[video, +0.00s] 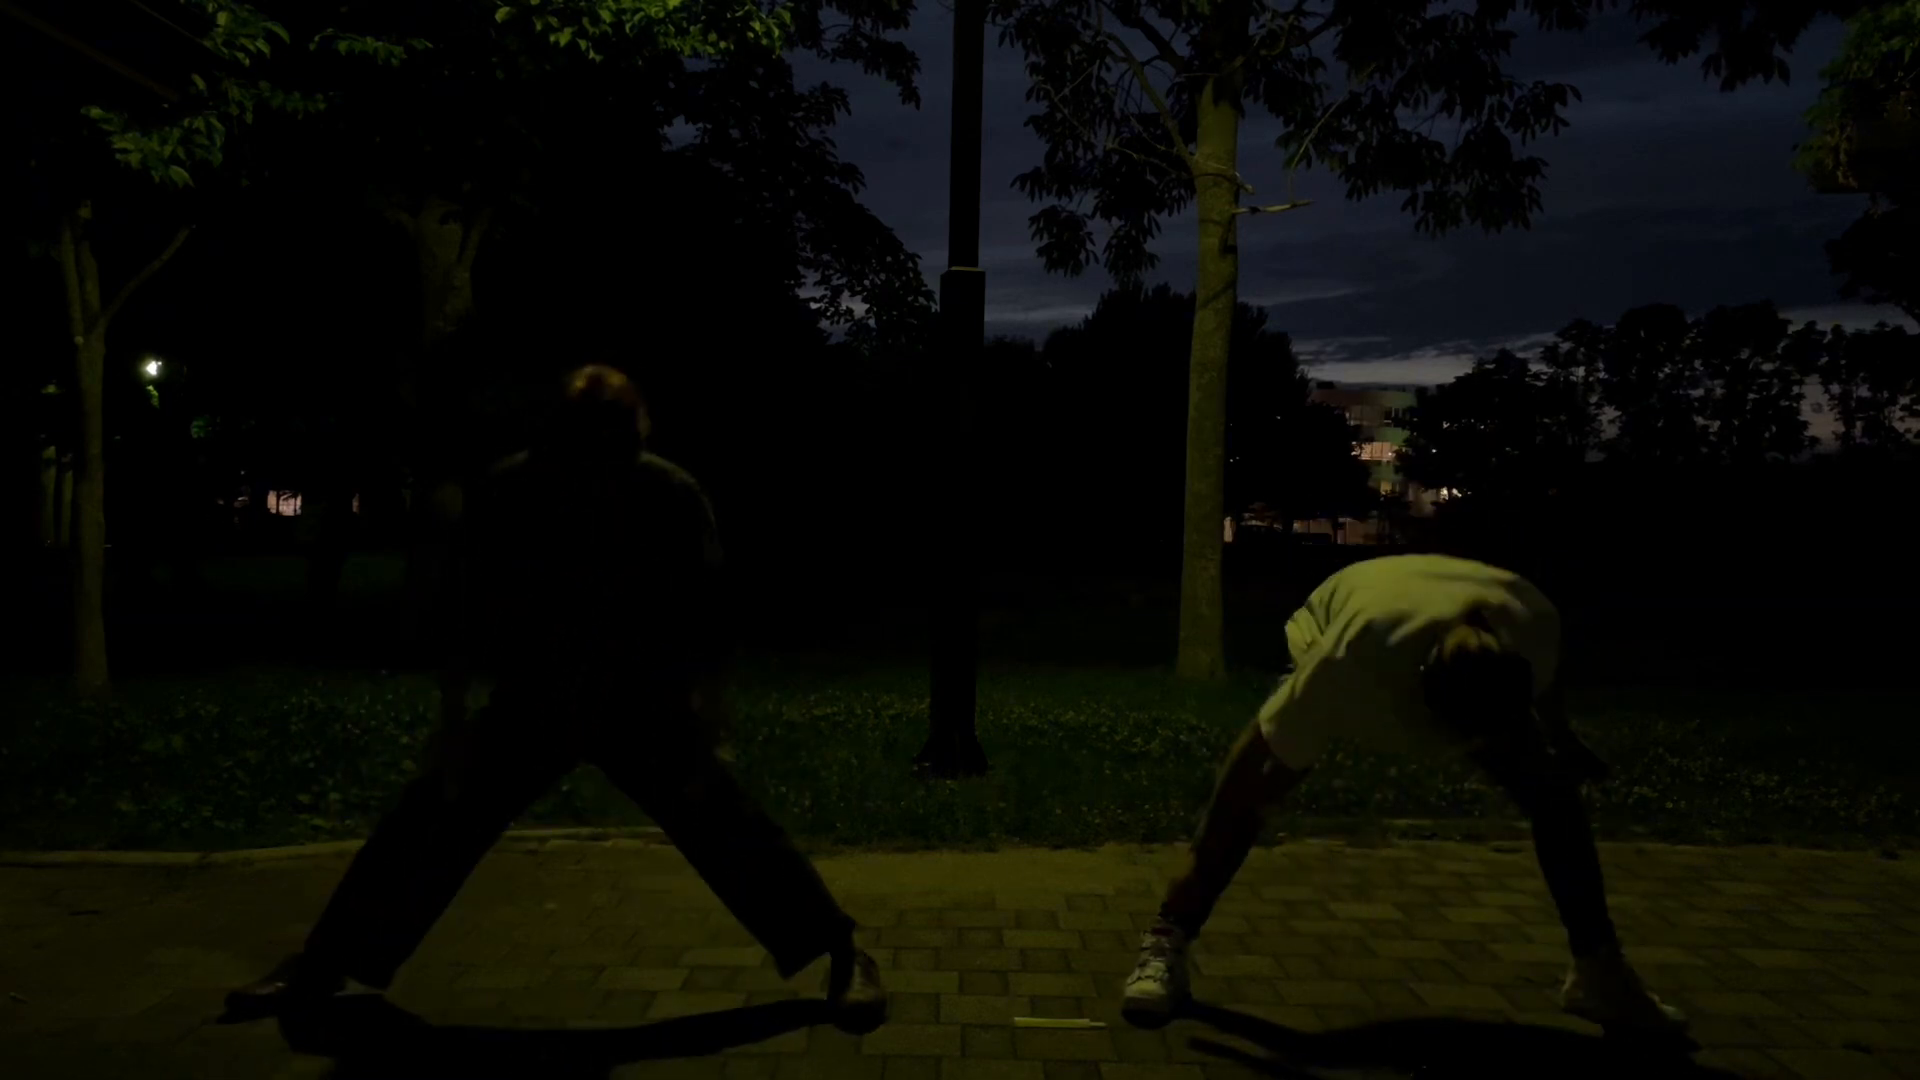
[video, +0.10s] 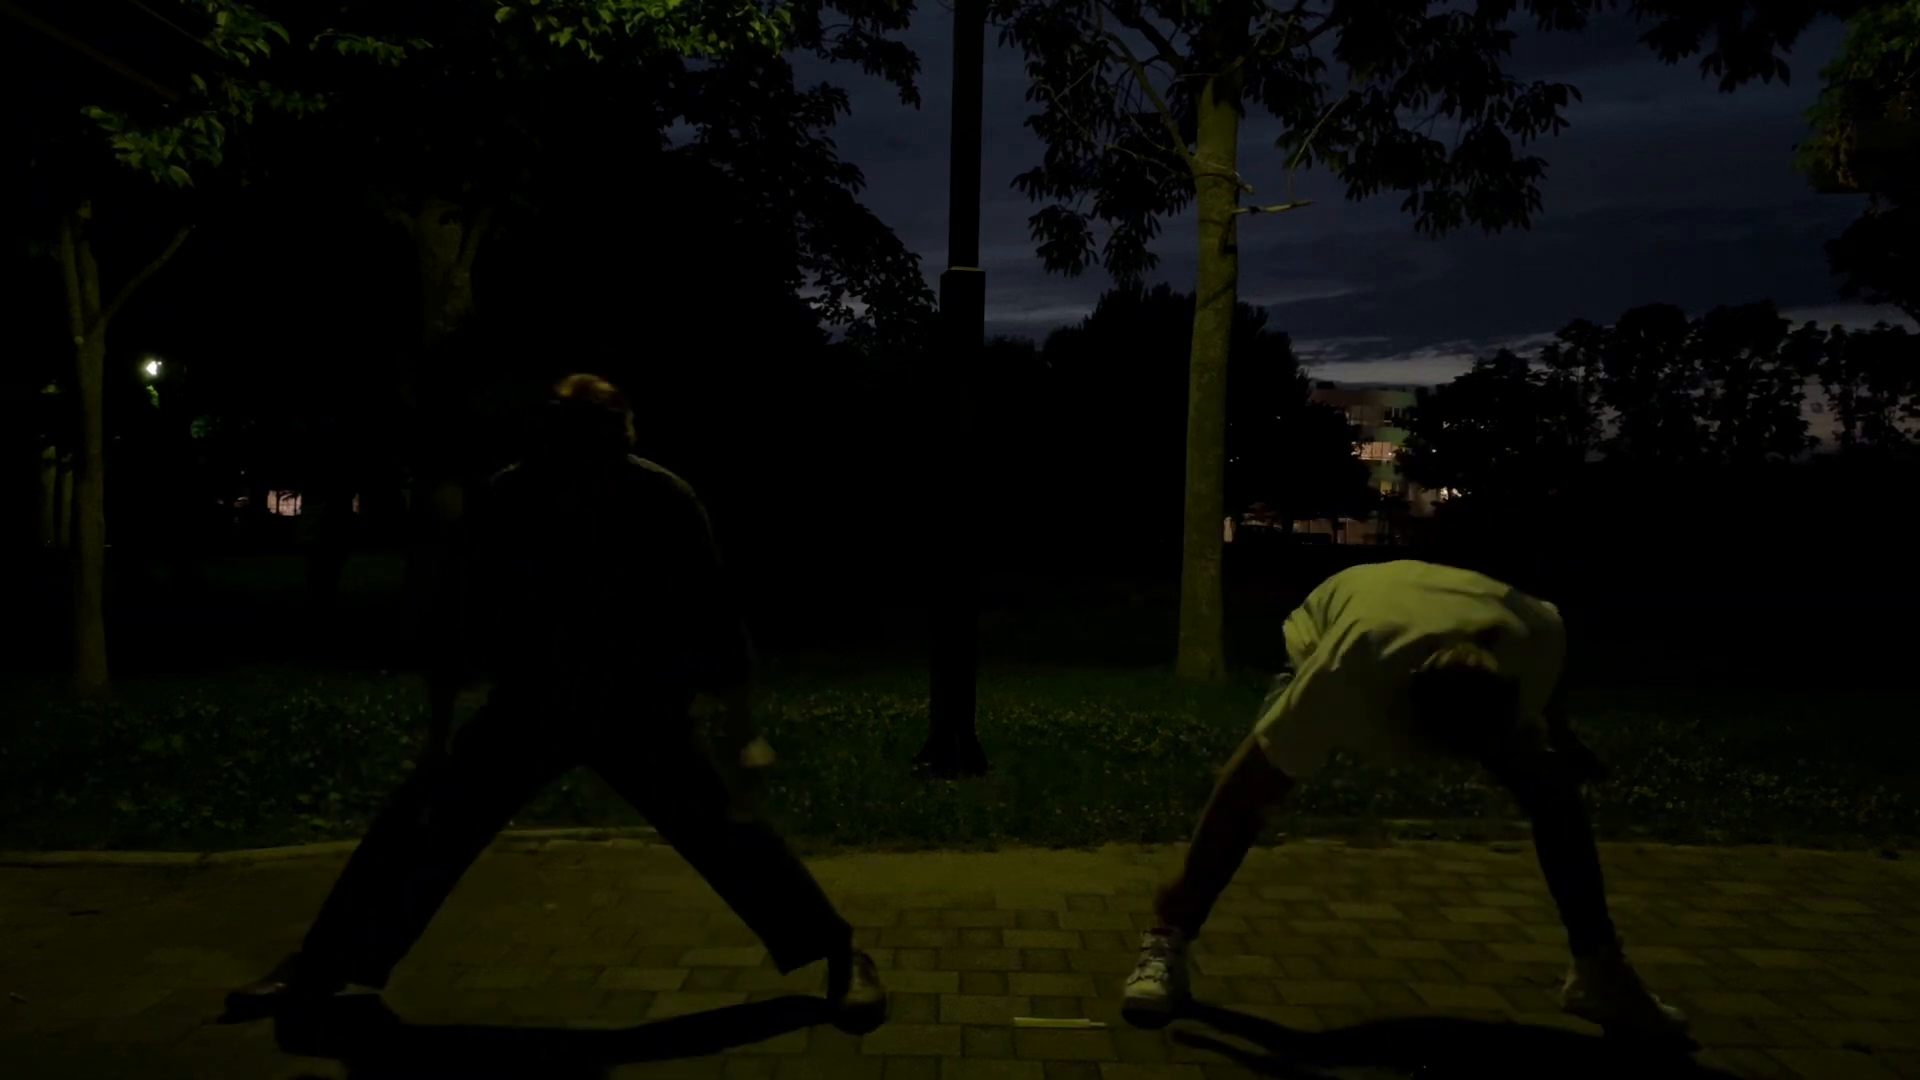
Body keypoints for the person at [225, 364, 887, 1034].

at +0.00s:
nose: (594, 444)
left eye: (606, 428)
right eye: (584, 427)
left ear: (625, 431)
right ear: (564, 429)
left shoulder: (669, 498)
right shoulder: (518, 492)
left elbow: (702, 606)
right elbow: (480, 598)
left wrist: (707, 702)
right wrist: (461, 694)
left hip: (641, 702)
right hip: (530, 700)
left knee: (725, 826)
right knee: (426, 830)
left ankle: (839, 955)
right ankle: (323, 972)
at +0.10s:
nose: (582, 454)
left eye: (595, 437)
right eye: (568, 437)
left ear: (620, 438)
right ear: (547, 438)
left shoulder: (662, 502)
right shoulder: (510, 501)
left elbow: (710, 612)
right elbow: (468, 609)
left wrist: (738, 721)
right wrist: (445, 710)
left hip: (638, 707)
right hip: (528, 705)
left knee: (722, 833)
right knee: (421, 832)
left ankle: (839, 956)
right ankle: (318, 975)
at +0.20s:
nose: (572, 440)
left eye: (583, 423)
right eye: (559, 424)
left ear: (610, 427)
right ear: (542, 428)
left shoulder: (657, 492)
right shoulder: (505, 492)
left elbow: (727, 600)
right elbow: (447, 604)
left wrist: (790, 699)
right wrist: (399, 700)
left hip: (633, 702)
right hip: (525, 701)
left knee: (713, 830)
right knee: (421, 830)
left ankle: (837, 955)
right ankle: (319, 975)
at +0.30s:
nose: (561, 439)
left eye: (574, 421)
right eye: (548, 422)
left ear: (602, 422)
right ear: (529, 426)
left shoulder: (656, 483)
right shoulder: (503, 486)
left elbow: (738, 585)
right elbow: (427, 591)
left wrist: (803, 680)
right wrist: (356, 680)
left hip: (639, 698)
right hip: (532, 698)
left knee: (720, 825)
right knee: (436, 827)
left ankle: (841, 956)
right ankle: (326, 968)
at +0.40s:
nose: (561, 430)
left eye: (573, 414)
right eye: (547, 416)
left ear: (597, 417)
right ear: (524, 422)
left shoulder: (648, 478)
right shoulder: (496, 484)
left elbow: (736, 572)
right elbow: (414, 580)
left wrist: (801, 663)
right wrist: (336, 655)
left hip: (636, 697)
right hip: (530, 699)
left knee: (720, 826)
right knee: (432, 831)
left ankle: (841, 955)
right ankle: (325, 968)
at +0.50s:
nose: (554, 433)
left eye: (567, 417)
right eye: (542, 418)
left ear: (591, 417)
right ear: (519, 422)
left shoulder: (646, 481)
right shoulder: (490, 485)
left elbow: (724, 582)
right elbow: (409, 586)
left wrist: (783, 673)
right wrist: (334, 674)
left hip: (630, 705)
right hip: (519, 705)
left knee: (719, 830)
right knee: (424, 833)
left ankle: (839, 955)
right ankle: (321, 970)